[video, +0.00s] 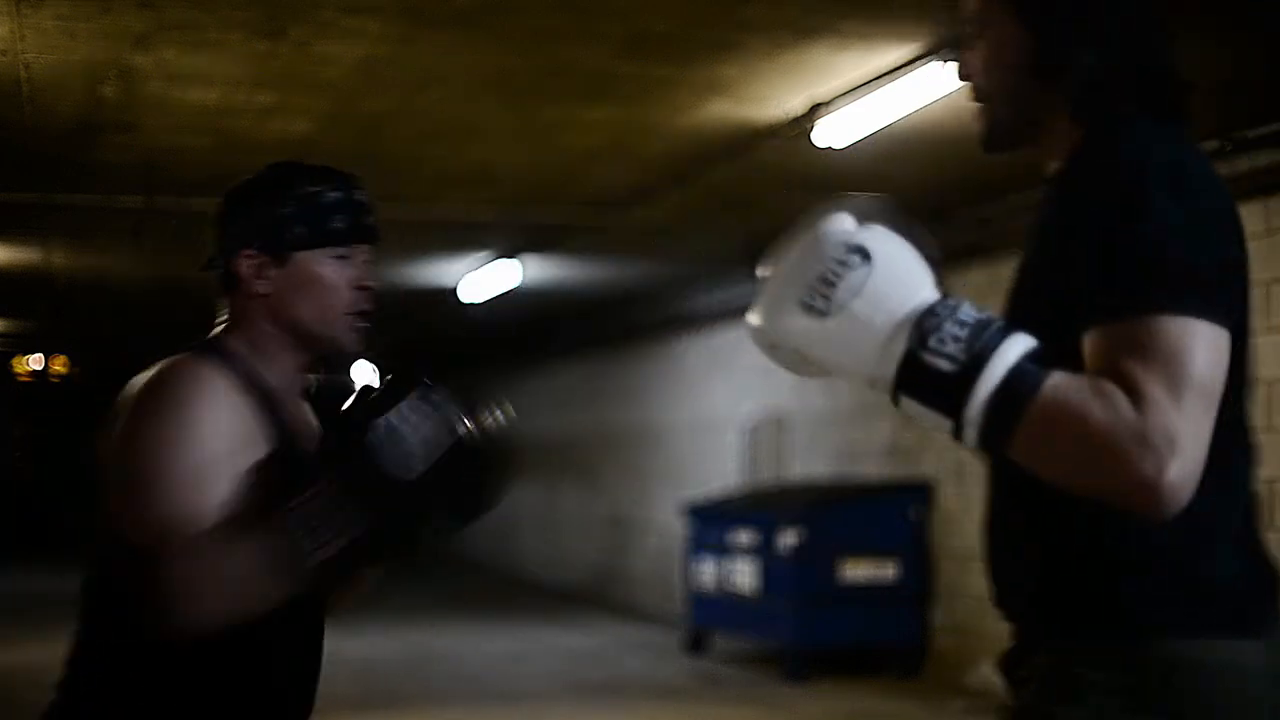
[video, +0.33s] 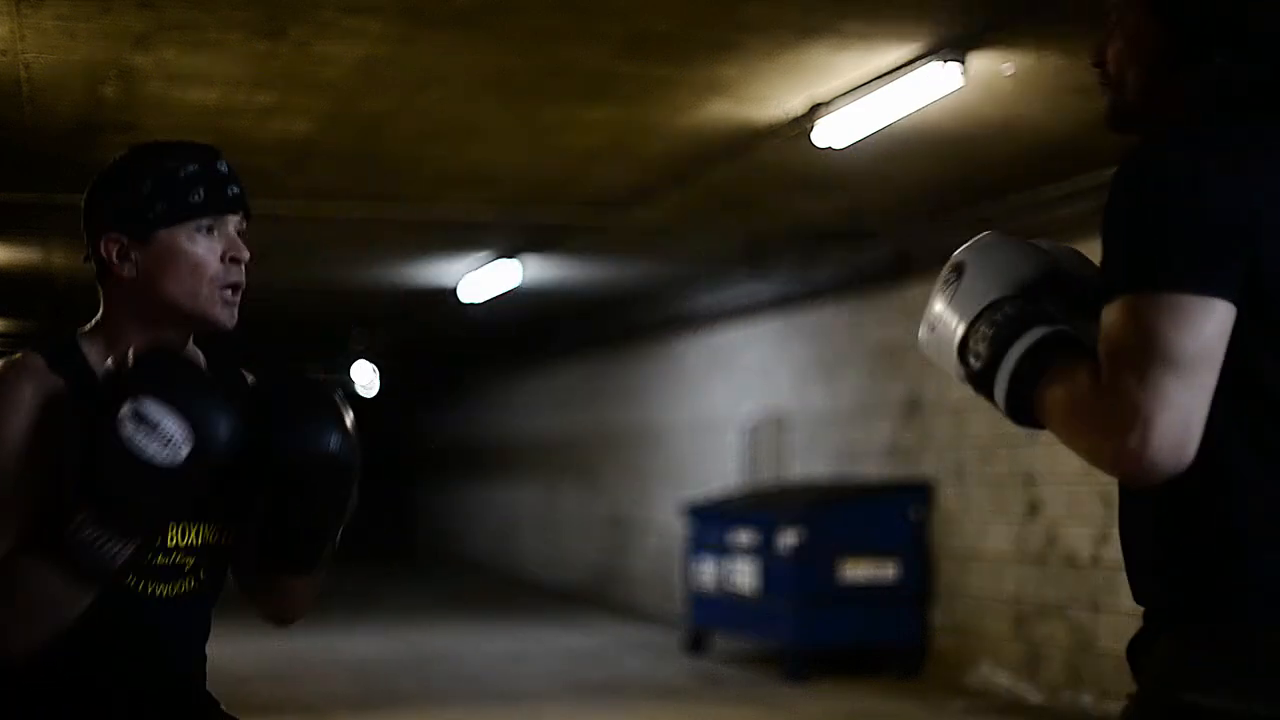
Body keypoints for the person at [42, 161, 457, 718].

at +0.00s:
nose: (368, 281)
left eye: (365, 260)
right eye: (342, 257)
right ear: (259, 272)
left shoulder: (293, 407)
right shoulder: (192, 398)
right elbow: (184, 596)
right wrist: (354, 493)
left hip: (251, 716)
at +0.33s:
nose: (240, 253)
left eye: (239, 234)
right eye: (208, 231)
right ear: (122, 256)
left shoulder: (228, 394)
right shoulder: (35, 390)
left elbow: (281, 605)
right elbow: (18, 626)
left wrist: (314, 483)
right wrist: (114, 506)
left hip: (178, 701)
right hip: (52, 708)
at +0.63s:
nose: (319, 286)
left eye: (313, 263)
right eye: (289, 261)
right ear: (203, 280)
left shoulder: (223, 409)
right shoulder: (120, 413)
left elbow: (315, 609)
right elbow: (211, 624)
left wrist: (365, 465)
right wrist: (291, 462)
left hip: (188, 710)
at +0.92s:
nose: (224, 362)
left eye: (237, 329)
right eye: (189, 338)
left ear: (257, 332)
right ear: (132, 348)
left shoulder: (283, 434)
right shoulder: (56, 465)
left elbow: (383, 609)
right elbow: (65, 694)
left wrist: (343, 479)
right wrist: (120, 561)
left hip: (237, 704)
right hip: (106, 715)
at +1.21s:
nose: (347, 371)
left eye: (352, 351)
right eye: (336, 343)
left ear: (270, 330)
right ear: (269, 330)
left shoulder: (150, 417)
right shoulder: (196, 432)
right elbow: (249, 652)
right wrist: (338, 515)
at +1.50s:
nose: (183, 368)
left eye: (190, 335)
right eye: (148, 345)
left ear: (204, 335)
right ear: (74, 364)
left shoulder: (231, 440)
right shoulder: (43, 491)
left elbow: (337, 618)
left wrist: (295, 501)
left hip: (218, 706)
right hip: (95, 716)